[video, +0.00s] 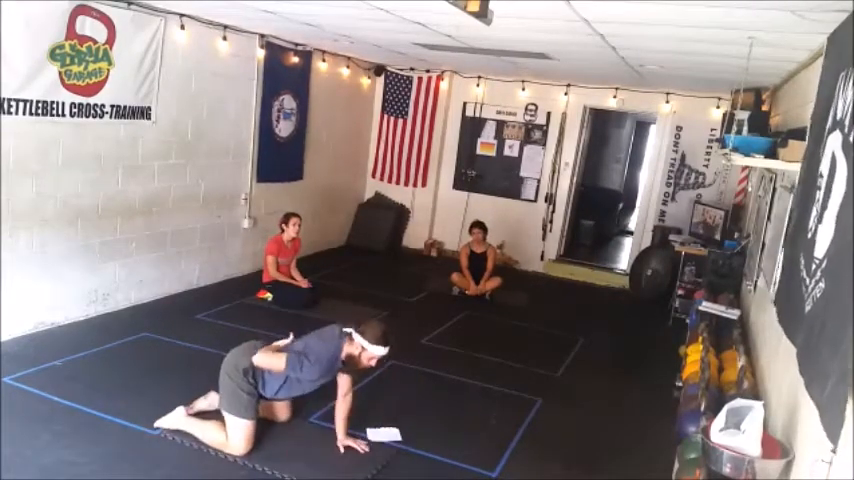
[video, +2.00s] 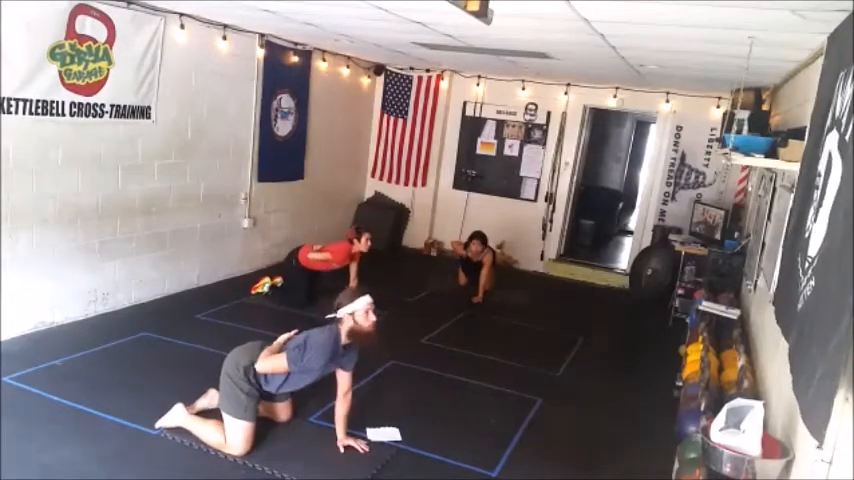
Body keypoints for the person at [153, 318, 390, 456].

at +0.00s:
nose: (375, 363)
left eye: (379, 358)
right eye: (374, 356)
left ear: (362, 342)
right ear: (359, 347)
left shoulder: (347, 344)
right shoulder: (314, 362)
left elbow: (344, 393)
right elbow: (257, 358)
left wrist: (342, 436)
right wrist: (277, 345)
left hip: (271, 364)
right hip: (243, 367)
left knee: (281, 413)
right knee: (238, 445)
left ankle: (217, 402)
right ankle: (181, 420)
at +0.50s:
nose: (374, 330)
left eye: (374, 323)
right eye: (371, 323)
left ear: (353, 322)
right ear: (354, 323)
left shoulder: (345, 348)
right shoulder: (320, 354)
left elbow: (344, 393)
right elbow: (260, 365)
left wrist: (343, 437)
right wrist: (282, 344)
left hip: (266, 358)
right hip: (241, 368)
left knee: (281, 410)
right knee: (237, 446)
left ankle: (217, 402)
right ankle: (180, 419)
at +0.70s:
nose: (375, 345)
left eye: (378, 340)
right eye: (375, 339)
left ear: (359, 327)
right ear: (360, 330)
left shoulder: (342, 344)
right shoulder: (318, 350)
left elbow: (343, 392)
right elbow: (258, 362)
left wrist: (341, 436)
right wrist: (277, 343)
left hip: (265, 366)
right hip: (240, 369)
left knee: (281, 412)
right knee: (237, 445)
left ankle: (216, 402)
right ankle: (180, 420)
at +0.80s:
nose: (365, 363)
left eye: (370, 361)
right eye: (367, 358)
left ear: (362, 338)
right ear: (361, 344)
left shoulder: (345, 339)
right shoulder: (316, 351)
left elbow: (343, 392)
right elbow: (257, 360)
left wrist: (341, 435)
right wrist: (277, 342)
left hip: (269, 367)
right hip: (241, 370)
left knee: (281, 412)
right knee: (238, 445)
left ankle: (217, 401)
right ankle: (181, 420)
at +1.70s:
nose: (381, 349)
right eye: (379, 343)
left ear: (363, 332)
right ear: (364, 336)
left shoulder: (347, 339)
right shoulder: (323, 360)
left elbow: (345, 393)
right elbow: (265, 374)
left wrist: (342, 435)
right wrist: (279, 343)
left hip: (266, 355)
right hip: (242, 369)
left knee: (282, 412)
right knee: (237, 446)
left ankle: (219, 400)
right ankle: (183, 417)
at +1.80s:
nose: (377, 326)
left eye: (377, 320)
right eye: (371, 321)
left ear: (358, 322)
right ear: (352, 321)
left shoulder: (348, 348)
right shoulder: (322, 350)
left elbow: (344, 394)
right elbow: (263, 371)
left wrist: (342, 436)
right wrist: (280, 344)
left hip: (267, 359)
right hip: (242, 367)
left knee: (281, 411)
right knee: (237, 446)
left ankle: (217, 400)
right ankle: (182, 417)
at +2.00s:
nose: (373, 317)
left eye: (373, 312)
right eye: (368, 313)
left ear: (356, 319)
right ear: (347, 317)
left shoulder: (348, 349)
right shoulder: (319, 344)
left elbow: (344, 393)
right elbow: (261, 366)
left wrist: (342, 436)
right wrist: (280, 342)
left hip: (270, 363)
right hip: (243, 368)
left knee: (281, 411)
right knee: (237, 446)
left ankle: (216, 400)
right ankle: (182, 417)